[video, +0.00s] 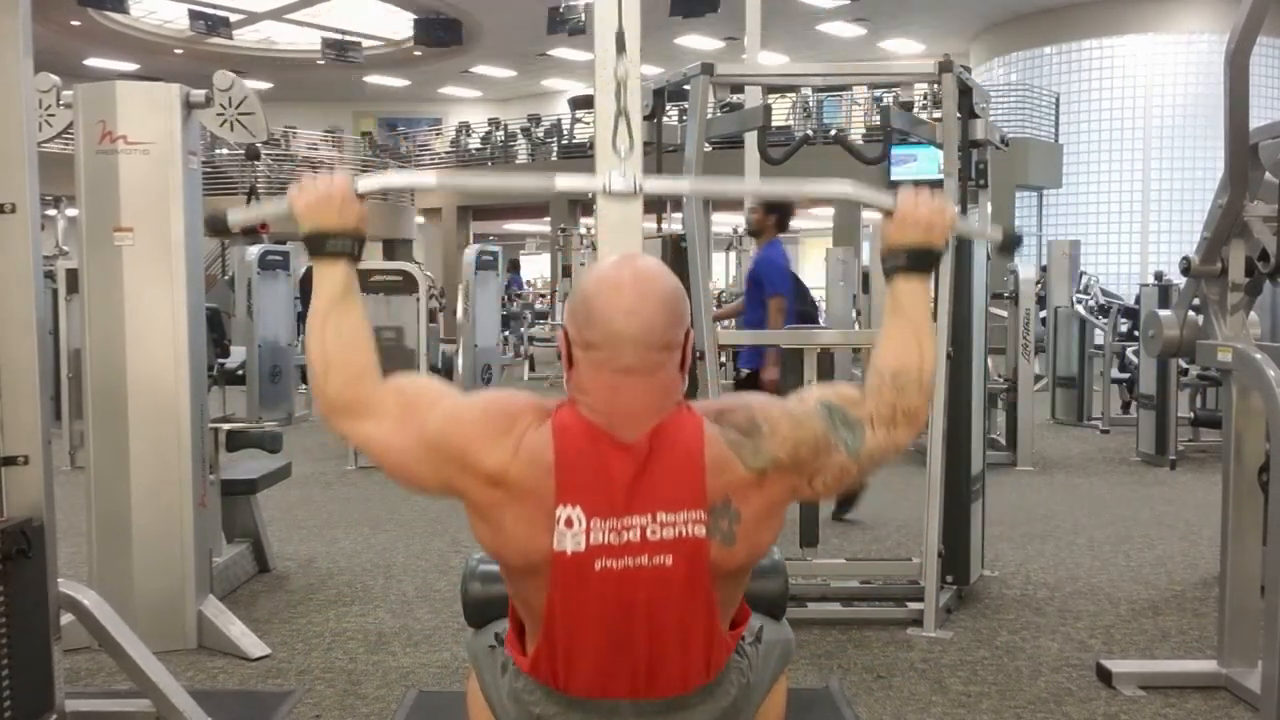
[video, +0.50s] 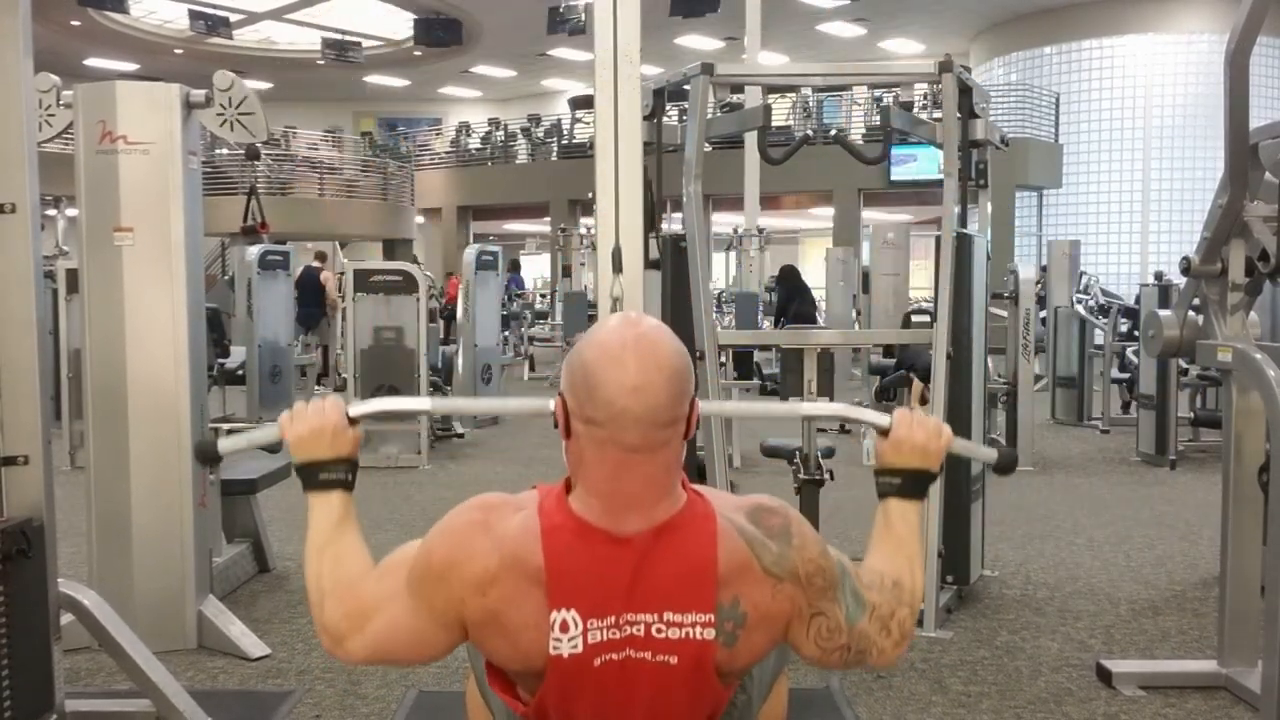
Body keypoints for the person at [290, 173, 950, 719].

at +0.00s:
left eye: (566, 331)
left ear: (567, 349)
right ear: (685, 351)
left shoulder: (500, 441)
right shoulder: (761, 439)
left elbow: (351, 403)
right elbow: (897, 414)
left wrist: (331, 252)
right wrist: (912, 268)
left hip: (549, 695)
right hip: (703, 693)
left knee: (489, 650)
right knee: (771, 646)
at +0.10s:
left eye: (567, 344)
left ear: (566, 368)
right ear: (686, 369)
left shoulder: (495, 473)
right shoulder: (756, 474)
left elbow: (340, 452)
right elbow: (901, 465)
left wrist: (327, 305)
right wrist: (914, 319)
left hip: (546, 696)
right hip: (708, 694)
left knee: (492, 615)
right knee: (770, 639)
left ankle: (480, 708)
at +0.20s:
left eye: (565, 363)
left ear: (565, 385)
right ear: (688, 388)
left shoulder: (492, 498)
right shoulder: (758, 494)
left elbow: (338, 510)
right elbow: (901, 518)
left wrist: (326, 358)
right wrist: (911, 370)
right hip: (713, 696)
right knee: (769, 628)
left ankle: (484, 706)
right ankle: (783, 709)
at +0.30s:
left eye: (564, 375)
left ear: (564, 398)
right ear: (688, 401)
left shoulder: (488, 517)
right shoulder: (764, 515)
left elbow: (336, 555)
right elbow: (895, 564)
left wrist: (323, 407)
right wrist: (909, 417)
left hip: (537, 704)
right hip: (703, 704)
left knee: (488, 643)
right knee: (770, 628)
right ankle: (774, 702)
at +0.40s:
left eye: (562, 385)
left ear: (564, 409)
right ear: (688, 413)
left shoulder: (486, 531)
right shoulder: (762, 530)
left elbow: (342, 598)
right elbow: (883, 609)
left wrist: (324, 447)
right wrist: (905, 460)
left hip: (531, 705)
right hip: (700, 706)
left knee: (487, 665)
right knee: (769, 638)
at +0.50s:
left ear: (563, 419)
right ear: (689, 422)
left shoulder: (485, 544)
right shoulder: (767, 544)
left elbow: (349, 627)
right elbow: (876, 636)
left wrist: (326, 479)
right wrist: (905, 486)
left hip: (532, 707)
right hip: (703, 710)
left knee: (486, 669)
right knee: (767, 645)